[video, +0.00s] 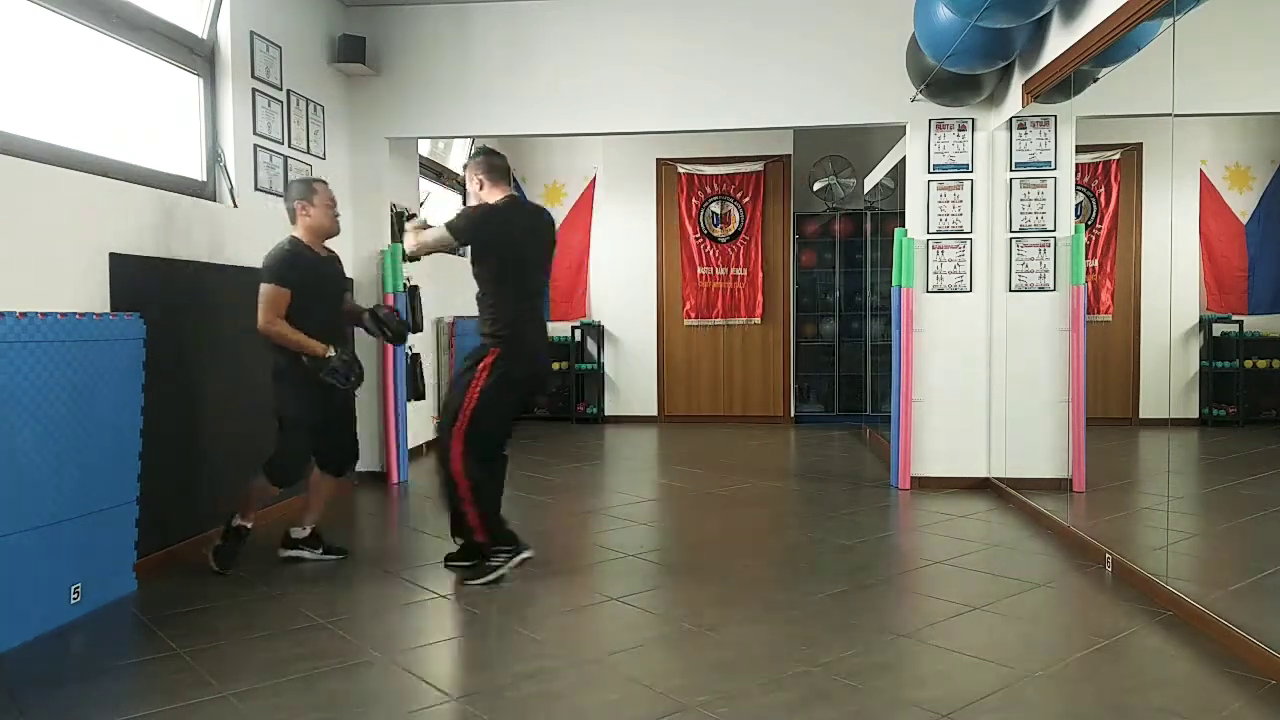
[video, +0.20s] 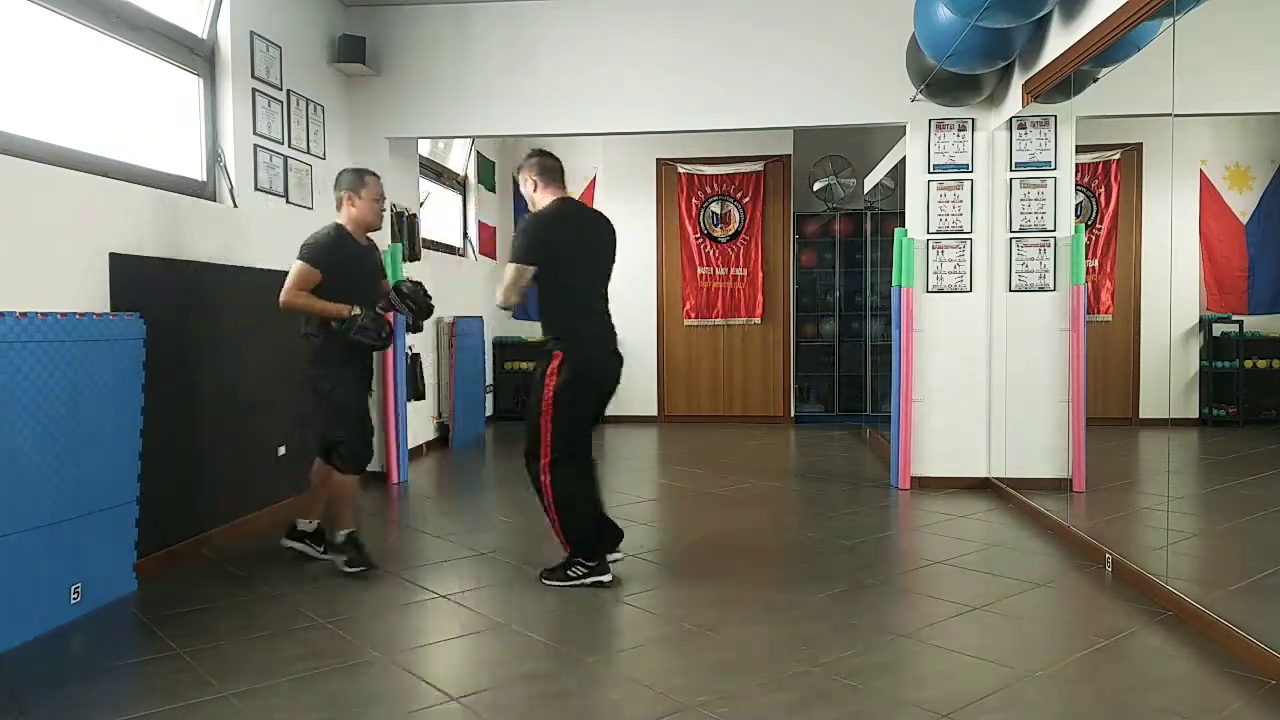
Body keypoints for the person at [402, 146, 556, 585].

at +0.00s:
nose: (467, 192)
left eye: (467, 184)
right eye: (467, 185)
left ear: (479, 180)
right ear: (509, 178)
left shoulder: (479, 218)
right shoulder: (543, 218)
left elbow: (415, 245)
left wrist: (416, 229)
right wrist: (446, 233)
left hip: (501, 351)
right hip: (533, 350)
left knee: (455, 441)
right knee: (488, 444)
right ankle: (478, 543)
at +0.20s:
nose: (523, 198)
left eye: (522, 190)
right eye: (521, 191)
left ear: (534, 183)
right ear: (562, 180)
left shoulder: (540, 223)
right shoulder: (602, 223)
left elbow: (507, 296)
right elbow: (586, 282)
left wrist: (518, 295)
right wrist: (533, 289)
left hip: (569, 357)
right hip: (605, 355)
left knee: (545, 456)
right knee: (573, 448)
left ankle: (587, 558)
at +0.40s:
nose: (584, 205)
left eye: (584, 195)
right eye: (582, 196)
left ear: (597, 186)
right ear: (613, 184)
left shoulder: (631, 216)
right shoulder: (643, 220)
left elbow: (650, 271)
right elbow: (629, 288)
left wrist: (605, 304)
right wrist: (602, 254)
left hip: (645, 354)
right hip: (675, 352)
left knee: (604, 452)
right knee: (689, 452)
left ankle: (592, 559)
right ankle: (753, 541)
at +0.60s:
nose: (649, 213)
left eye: (648, 204)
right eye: (645, 206)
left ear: (666, 195)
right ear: (671, 195)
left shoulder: (704, 226)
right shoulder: (696, 231)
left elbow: (720, 279)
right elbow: (709, 288)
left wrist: (658, 295)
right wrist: (670, 276)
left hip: (732, 358)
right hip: (746, 357)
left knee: (691, 453)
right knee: (752, 455)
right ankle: (781, 555)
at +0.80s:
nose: (704, 200)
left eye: (705, 190)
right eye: (701, 193)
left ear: (726, 179)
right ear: (729, 180)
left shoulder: (759, 210)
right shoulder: (744, 218)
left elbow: (715, 272)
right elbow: (718, 269)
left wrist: (690, 236)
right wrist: (702, 237)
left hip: (793, 353)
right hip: (766, 356)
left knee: (819, 454)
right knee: (761, 454)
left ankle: (897, 547)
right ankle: (777, 554)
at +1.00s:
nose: (747, 209)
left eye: (748, 198)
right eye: (743, 201)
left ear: (772, 189)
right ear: (774, 192)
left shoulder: (806, 228)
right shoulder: (789, 232)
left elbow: (754, 279)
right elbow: (762, 284)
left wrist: (719, 236)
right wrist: (733, 238)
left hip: (842, 371)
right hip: (804, 373)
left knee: (860, 467)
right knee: (769, 454)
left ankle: (911, 563)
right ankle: (798, 553)